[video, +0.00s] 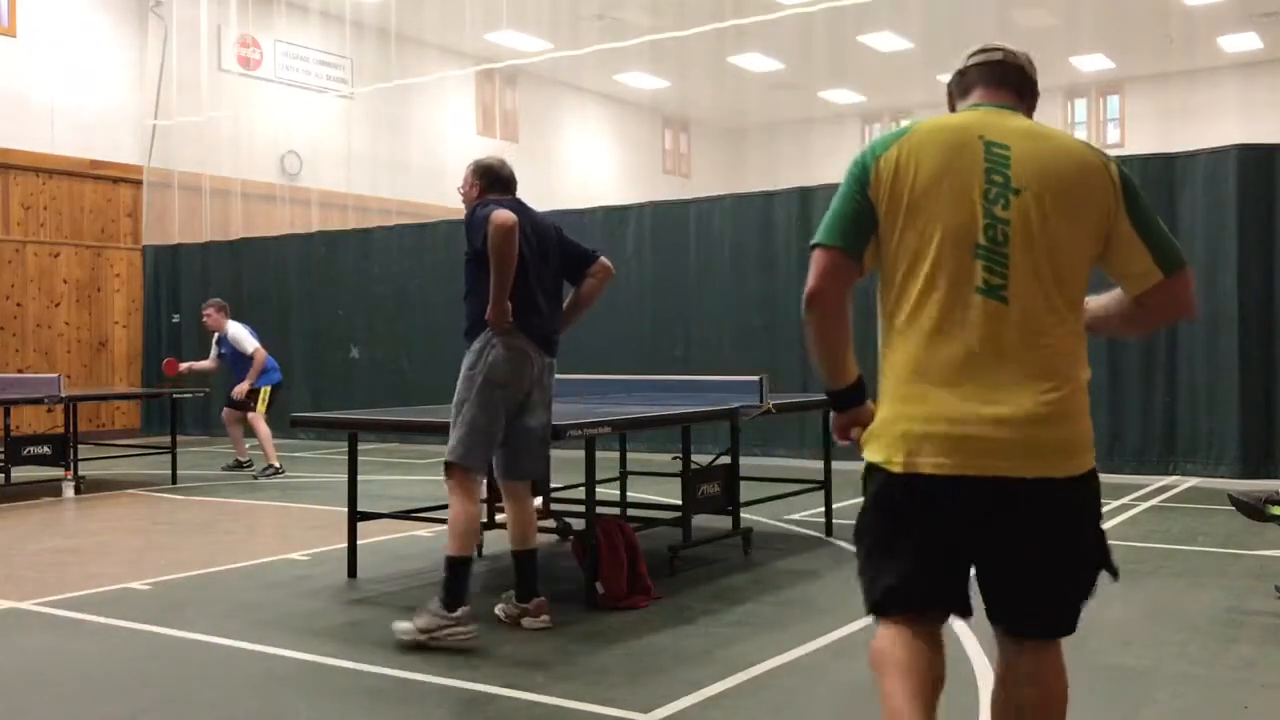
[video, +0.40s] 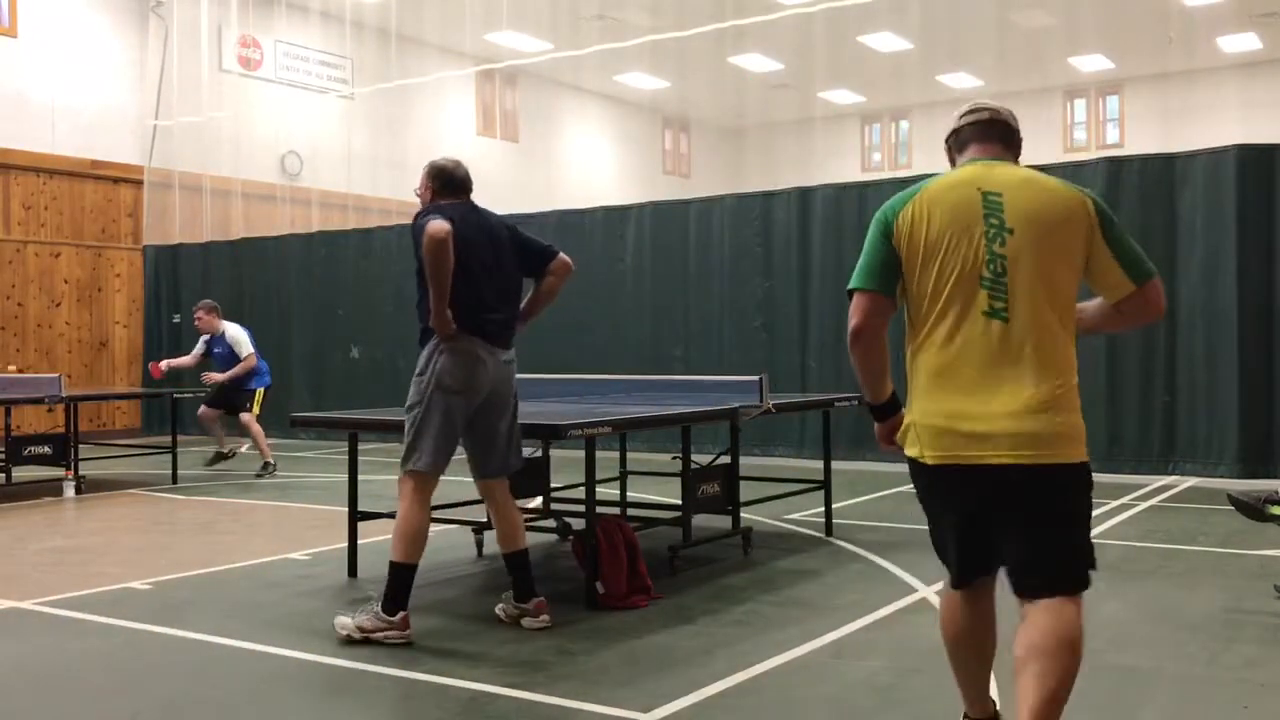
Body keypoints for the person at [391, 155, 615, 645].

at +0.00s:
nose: (460, 193)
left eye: (463, 185)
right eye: (462, 185)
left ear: (476, 185)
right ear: (510, 188)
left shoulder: (482, 209)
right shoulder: (541, 225)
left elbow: (505, 223)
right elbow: (600, 268)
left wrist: (498, 305)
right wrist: (560, 322)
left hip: (497, 349)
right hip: (539, 356)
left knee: (462, 474)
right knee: (517, 481)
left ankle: (451, 609)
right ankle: (529, 600)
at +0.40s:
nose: (416, 196)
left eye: (418, 190)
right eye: (418, 190)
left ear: (429, 188)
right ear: (468, 191)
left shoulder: (431, 213)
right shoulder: (499, 226)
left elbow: (439, 234)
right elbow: (560, 266)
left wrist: (439, 313)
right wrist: (520, 318)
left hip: (450, 355)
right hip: (499, 361)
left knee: (416, 483)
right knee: (496, 484)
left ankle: (391, 612)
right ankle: (527, 599)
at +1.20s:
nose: (295, 192)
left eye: (296, 185)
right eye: (297, 185)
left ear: (305, 185)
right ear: (342, 183)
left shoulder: (318, 228)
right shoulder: (377, 227)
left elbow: (309, 311)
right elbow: (420, 300)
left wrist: (278, 371)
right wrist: (436, 371)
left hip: (347, 364)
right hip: (387, 361)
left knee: (360, 491)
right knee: (327, 478)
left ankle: (387, 615)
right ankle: (307, 597)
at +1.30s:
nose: (279, 193)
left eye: (280, 185)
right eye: (281, 185)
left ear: (290, 185)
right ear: (328, 185)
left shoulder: (304, 231)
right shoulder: (362, 230)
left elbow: (296, 314)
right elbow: (402, 305)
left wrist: (268, 370)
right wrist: (413, 376)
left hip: (333, 366)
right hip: (375, 364)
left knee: (353, 493)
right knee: (312, 483)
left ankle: (387, 614)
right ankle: (270, 600)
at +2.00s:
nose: (172, 179)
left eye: (178, 171)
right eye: (175, 171)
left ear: (198, 176)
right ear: (217, 183)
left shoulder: (193, 223)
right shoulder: (247, 231)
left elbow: (192, 305)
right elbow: (253, 309)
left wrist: (169, 384)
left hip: (209, 368)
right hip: (256, 367)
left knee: (153, 480)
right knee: (236, 487)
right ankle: (257, 607)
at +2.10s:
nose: (155, 182)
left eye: (160, 174)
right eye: (159, 174)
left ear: (175, 178)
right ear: (207, 185)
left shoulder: (166, 228)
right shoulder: (236, 237)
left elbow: (166, 309)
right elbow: (240, 310)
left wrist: (148, 386)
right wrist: (150, 311)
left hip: (181, 372)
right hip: (236, 373)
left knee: (130, 491)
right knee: (230, 491)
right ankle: (257, 607)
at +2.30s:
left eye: (118, 183)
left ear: (117, 187)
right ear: (163, 191)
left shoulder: (95, 235)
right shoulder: (190, 242)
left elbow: (83, 319)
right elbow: (211, 328)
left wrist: (77, 398)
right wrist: (202, 387)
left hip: (117, 382)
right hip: (184, 380)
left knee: (90, 509)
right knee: (205, 500)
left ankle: (59, 628)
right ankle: (252, 606)